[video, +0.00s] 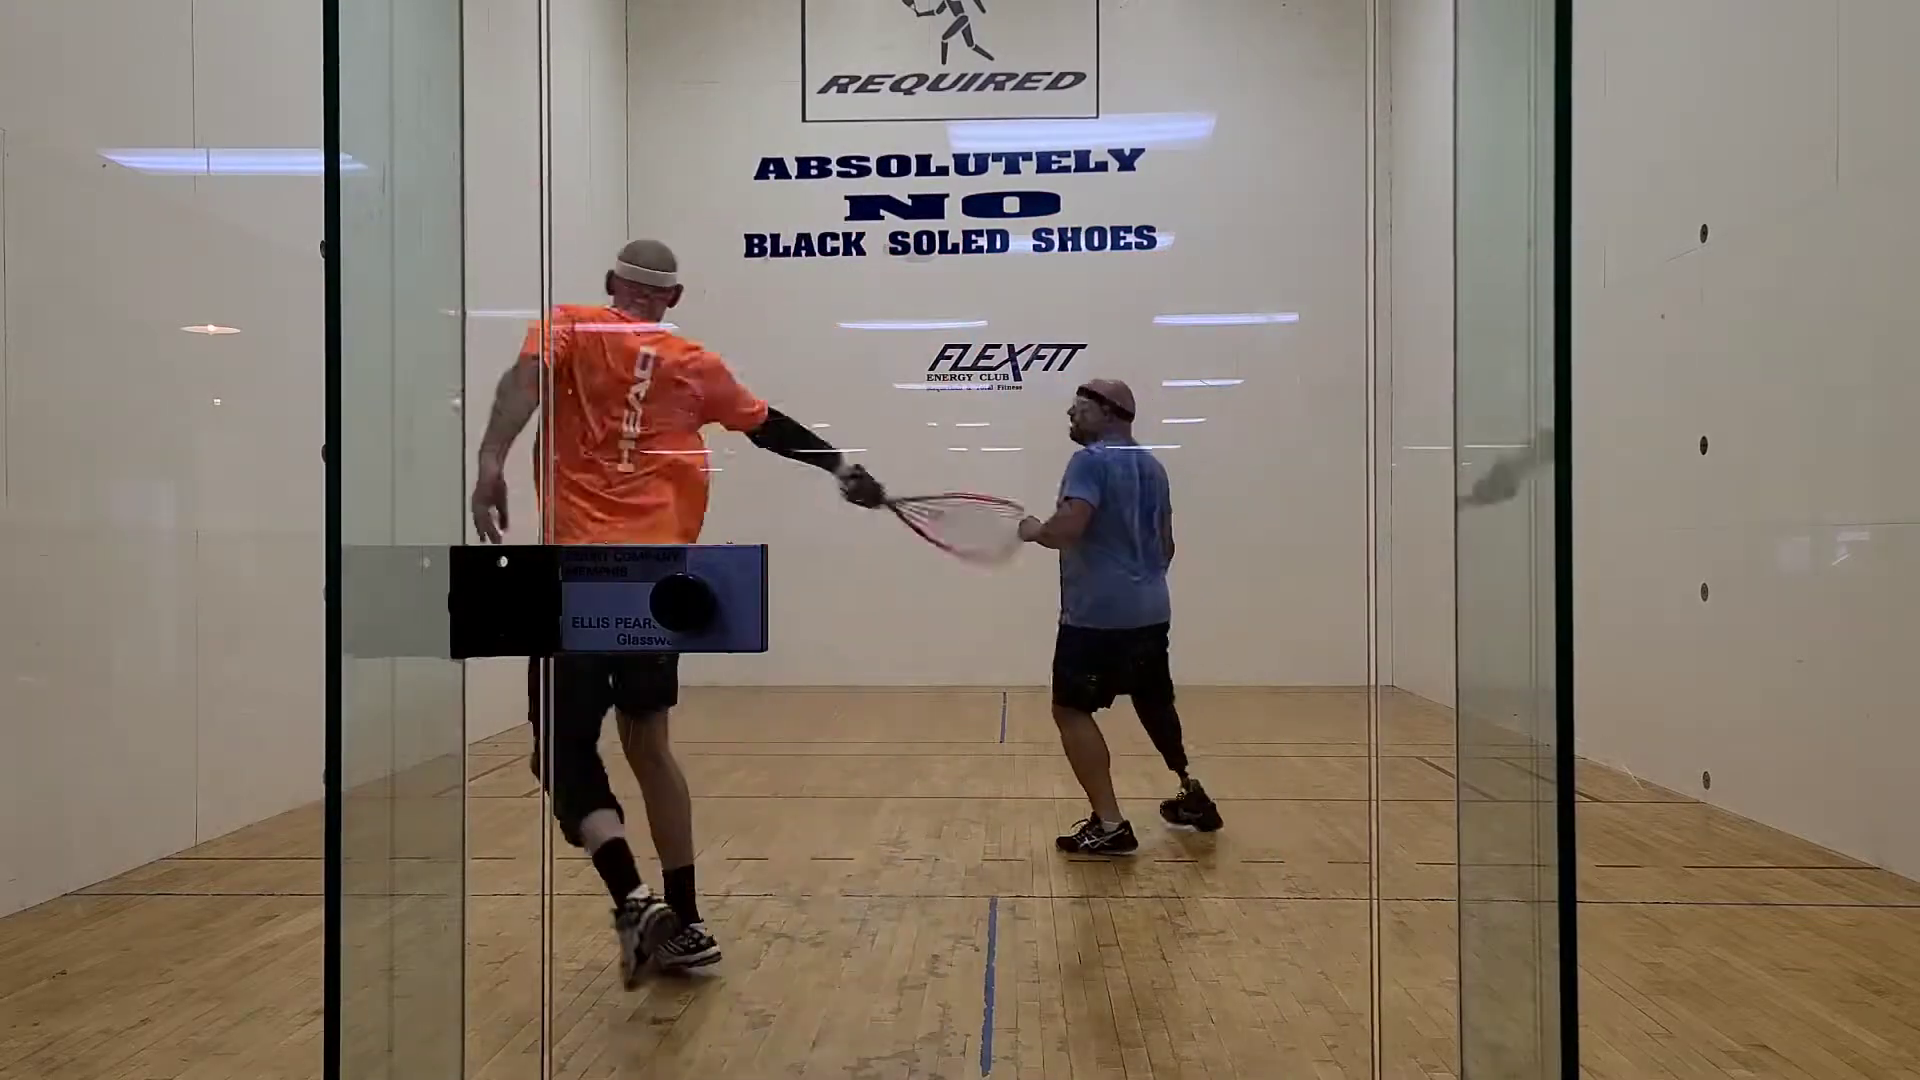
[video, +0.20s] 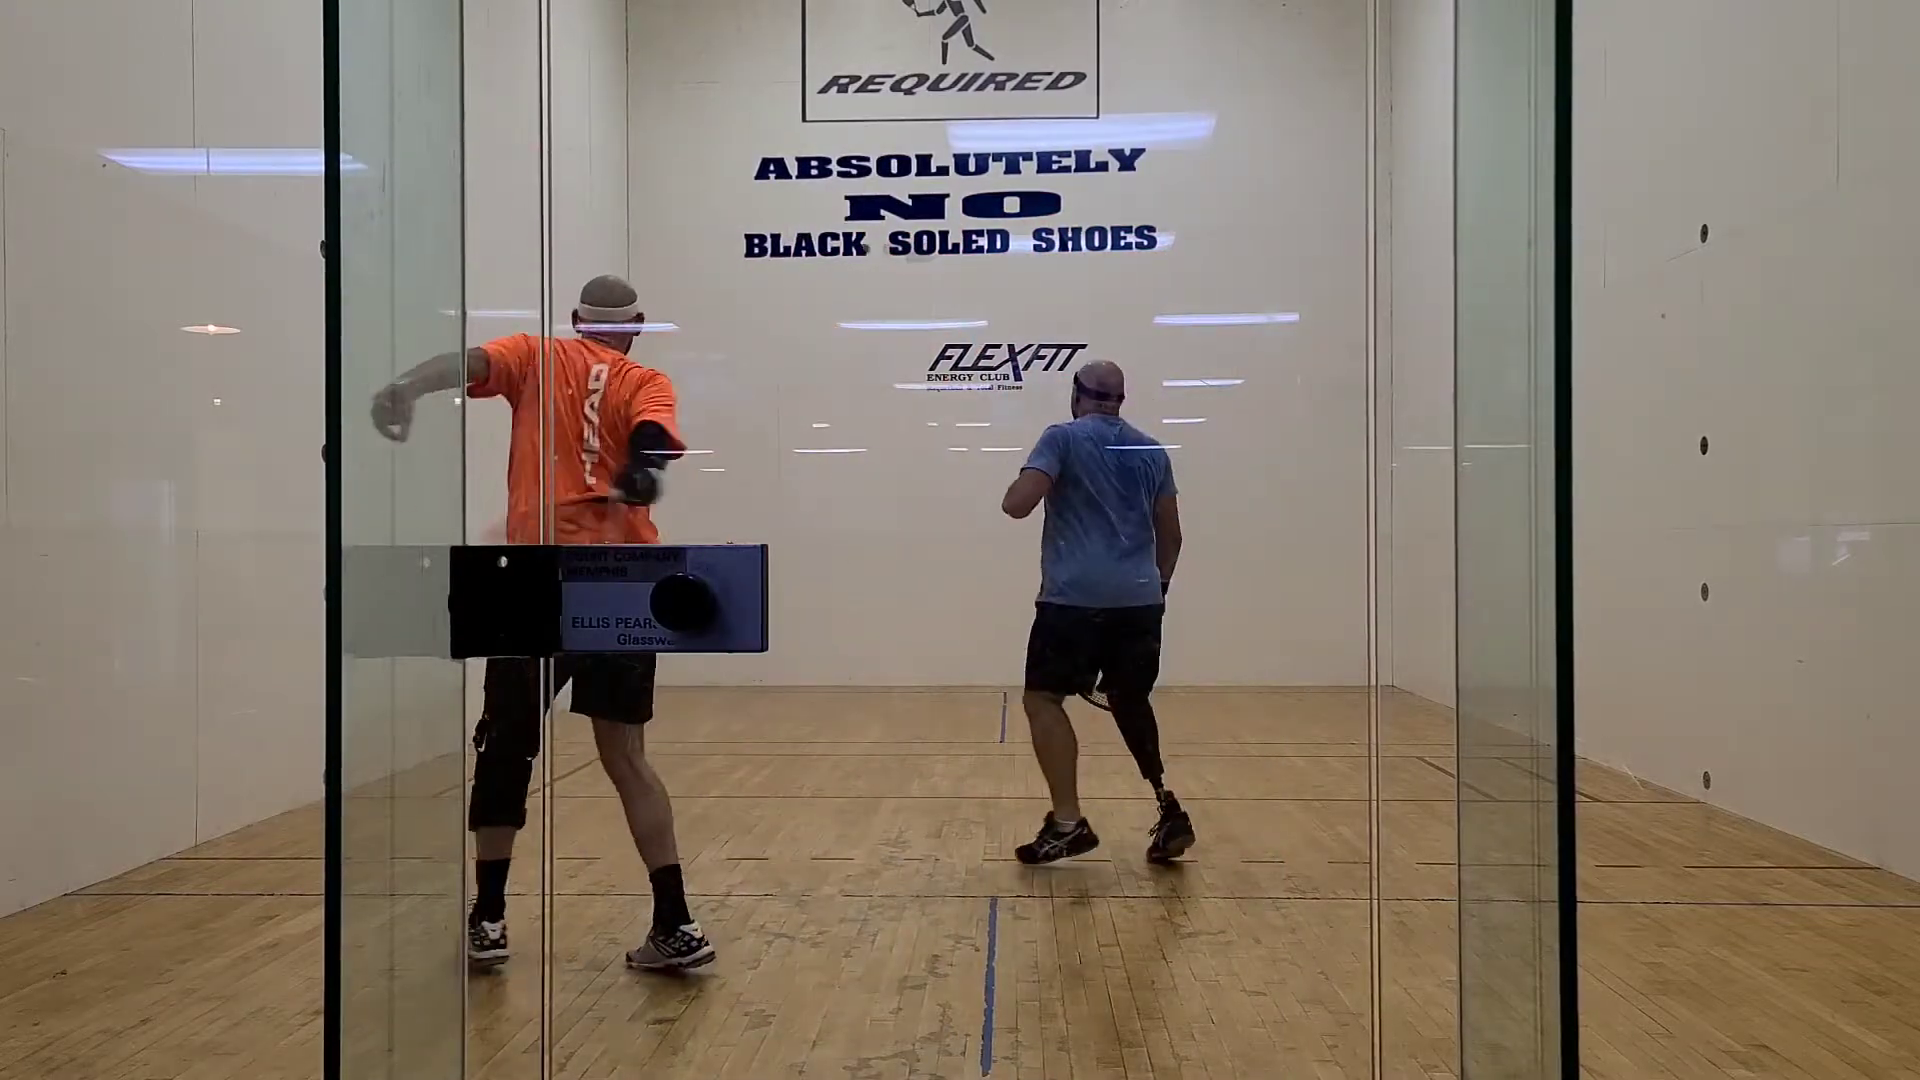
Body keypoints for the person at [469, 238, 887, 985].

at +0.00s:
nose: (644, 304)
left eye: (645, 292)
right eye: (645, 292)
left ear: (612, 285)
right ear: (671, 298)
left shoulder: (564, 327)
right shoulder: (693, 362)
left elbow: (523, 384)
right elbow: (767, 425)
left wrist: (488, 468)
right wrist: (840, 461)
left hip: (574, 576)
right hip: (662, 580)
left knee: (564, 750)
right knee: (650, 742)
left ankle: (633, 902)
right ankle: (683, 920)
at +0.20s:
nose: (630, 338)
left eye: (620, 327)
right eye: (632, 329)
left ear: (576, 321)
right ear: (636, 328)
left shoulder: (537, 353)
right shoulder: (645, 378)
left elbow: (467, 364)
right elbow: (650, 431)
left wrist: (402, 387)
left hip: (531, 585)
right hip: (624, 590)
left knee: (506, 746)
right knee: (626, 754)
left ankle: (489, 919)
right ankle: (675, 924)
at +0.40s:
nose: (617, 349)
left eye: (614, 337)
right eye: (617, 339)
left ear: (565, 328)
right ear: (614, 337)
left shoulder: (504, 372)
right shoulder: (612, 394)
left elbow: (411, 435)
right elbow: (568, 464)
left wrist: (337, 501)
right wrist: (526, 533)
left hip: (488, 573)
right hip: (570, 580)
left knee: (493, 739)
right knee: (579, 723)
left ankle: (479, 912)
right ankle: (592, 849)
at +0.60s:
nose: (592, 329)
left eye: (588, 317)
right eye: (592, 319)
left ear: (536, 313)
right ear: (583, 320)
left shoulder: (492, 360)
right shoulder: (585, 387)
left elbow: (473, 453)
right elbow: (567, 487)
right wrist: (587, 582)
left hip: (466, 568)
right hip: (534, 575)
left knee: (473, 725)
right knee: (530, 728)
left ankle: (470, 890)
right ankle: (510, 877)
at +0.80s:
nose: (578, 345)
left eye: (575, 335)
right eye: (577, 336)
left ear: (521, 334)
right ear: (568, 338)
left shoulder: (478, 379)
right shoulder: (575, 407)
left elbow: (511, 434)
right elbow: (583, 502)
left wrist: (582, 434)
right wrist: (624, 574)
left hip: (461, 580)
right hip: (531, 584)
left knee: (464, 718)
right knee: (529, 738)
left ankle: (440, 834)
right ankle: (497, 882)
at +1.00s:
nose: (575, 346)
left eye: (572, 335)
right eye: (572, 337)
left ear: (515, 339)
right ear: (561, 339)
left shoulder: (472, 390)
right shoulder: (573, 405)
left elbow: (439, 470)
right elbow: (572, 500)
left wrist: (495, 492)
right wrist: (601, 566)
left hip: (468, 578)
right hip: (537, 582)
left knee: (458, 725)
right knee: (529, 739)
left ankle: (405, 867)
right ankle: (497, 879)